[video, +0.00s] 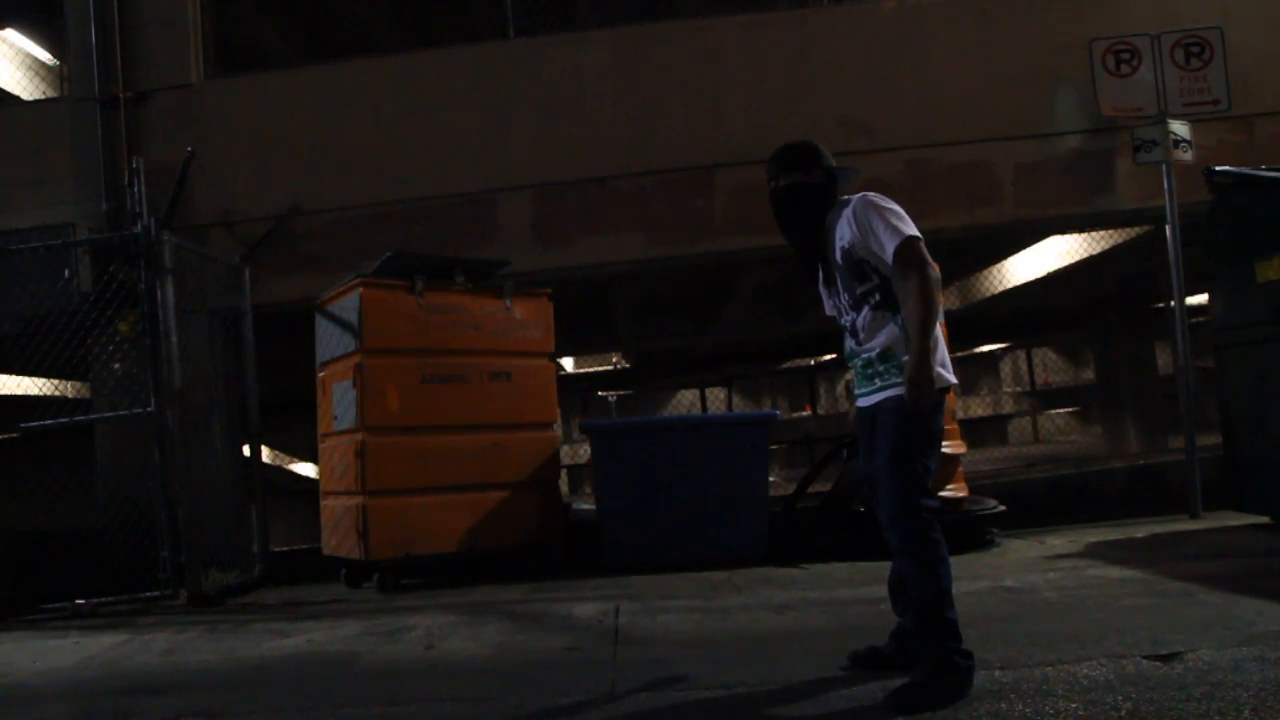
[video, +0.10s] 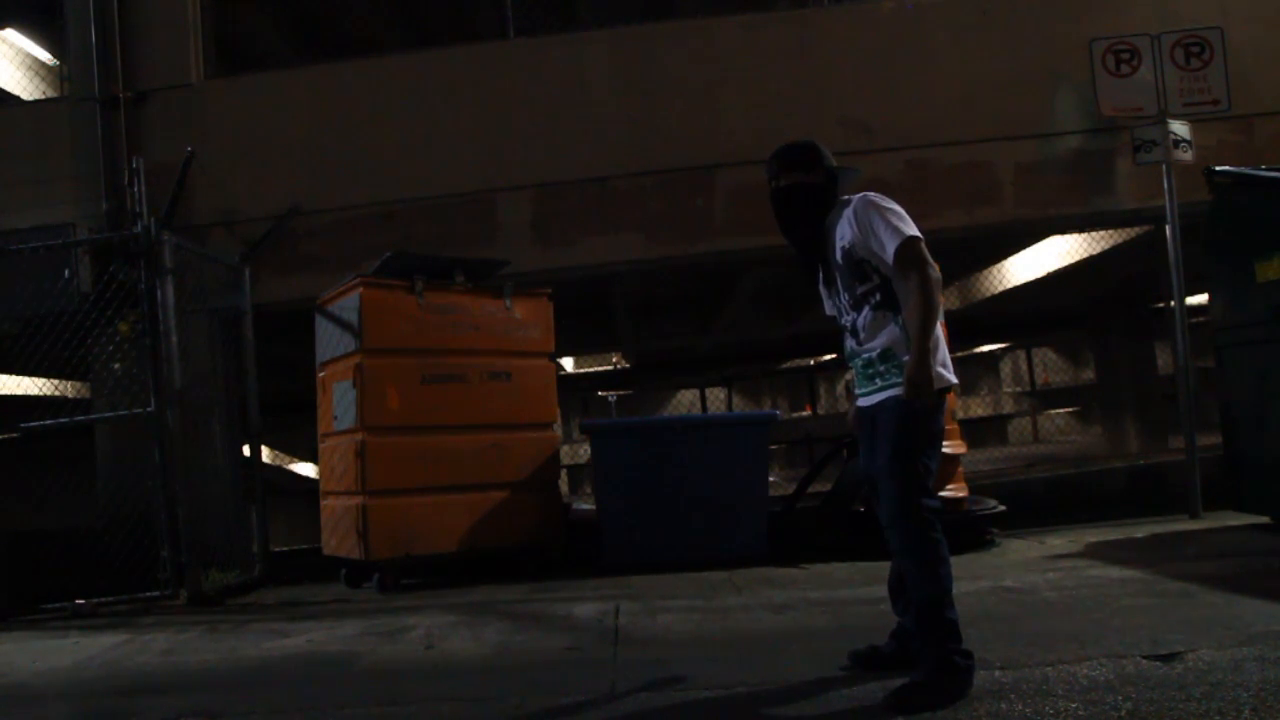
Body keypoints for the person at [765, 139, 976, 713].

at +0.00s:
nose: (782, 203)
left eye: (789, 188)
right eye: (776, 193)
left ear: (817, 180)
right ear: (785, 193)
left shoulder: (864, 210)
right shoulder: (827, 247)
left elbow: (921, 275)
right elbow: (859, 329)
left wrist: (921, 374)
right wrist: (863, 396)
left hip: (910, 394)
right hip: (877, 401)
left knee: (911, 519)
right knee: (895, 519)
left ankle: (945, 660)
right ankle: (913, 639)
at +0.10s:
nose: (784, 202)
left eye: (791, 187)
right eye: (778, 192)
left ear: (818, 180)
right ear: (783, 195)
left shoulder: (865, 210)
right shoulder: (828, 249)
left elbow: (923, 277)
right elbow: (858, 333)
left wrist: (920, 371)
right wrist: (860, 398)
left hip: (910, 393)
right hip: (878, 401)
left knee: (912, 519)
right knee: (896, 519)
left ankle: (945, 660)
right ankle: (913, 638)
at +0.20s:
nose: (782, 204)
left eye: (789, 189)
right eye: (778, 193)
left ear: (816, 181)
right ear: (788, 192)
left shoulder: (865, 211)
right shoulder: (827, 246)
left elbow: (923, 276)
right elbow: (857, 330)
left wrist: (920, 371)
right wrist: (860, 397)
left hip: (911, 394)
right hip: (877, 401)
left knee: (913, 519)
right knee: (895, 519)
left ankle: (946, 660)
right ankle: (912, 638)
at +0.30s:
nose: (782, 200)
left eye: (789, 185)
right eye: (777, 189)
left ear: (816, 179)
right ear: (786, 192)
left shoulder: (865, 211)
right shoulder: (825, 246)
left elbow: (922, 277)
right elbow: (853, 331)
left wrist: (919, 369)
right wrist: (859, 395)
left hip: (909, 393)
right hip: (875, 401)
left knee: (913, 520)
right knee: (896, 520)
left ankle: (945, 661)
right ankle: (911, 640)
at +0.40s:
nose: (781, 204)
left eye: (788, 190)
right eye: (777, 193)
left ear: (815, 182)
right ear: (789, 192)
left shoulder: (864, 211)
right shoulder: (826, 247)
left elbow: (922, 276)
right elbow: (856, 332)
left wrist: (919, 373)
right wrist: (859, 399)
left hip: (909, 394)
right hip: (876, 401)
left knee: (913, 519)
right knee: (894, 520)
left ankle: (945, 661)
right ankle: (912, 639)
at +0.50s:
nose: (781, 202)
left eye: (789, 187)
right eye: (776, 191)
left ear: (817, 180)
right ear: (783, 194)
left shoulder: (863, 212)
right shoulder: (826, 252)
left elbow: (921, 276)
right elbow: (853, 340)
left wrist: (919, 374)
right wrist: (856, 407)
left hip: (909, 394)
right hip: (876, 402)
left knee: (913, 520)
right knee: (895, 520)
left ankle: (945, 660)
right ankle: (912, 637)